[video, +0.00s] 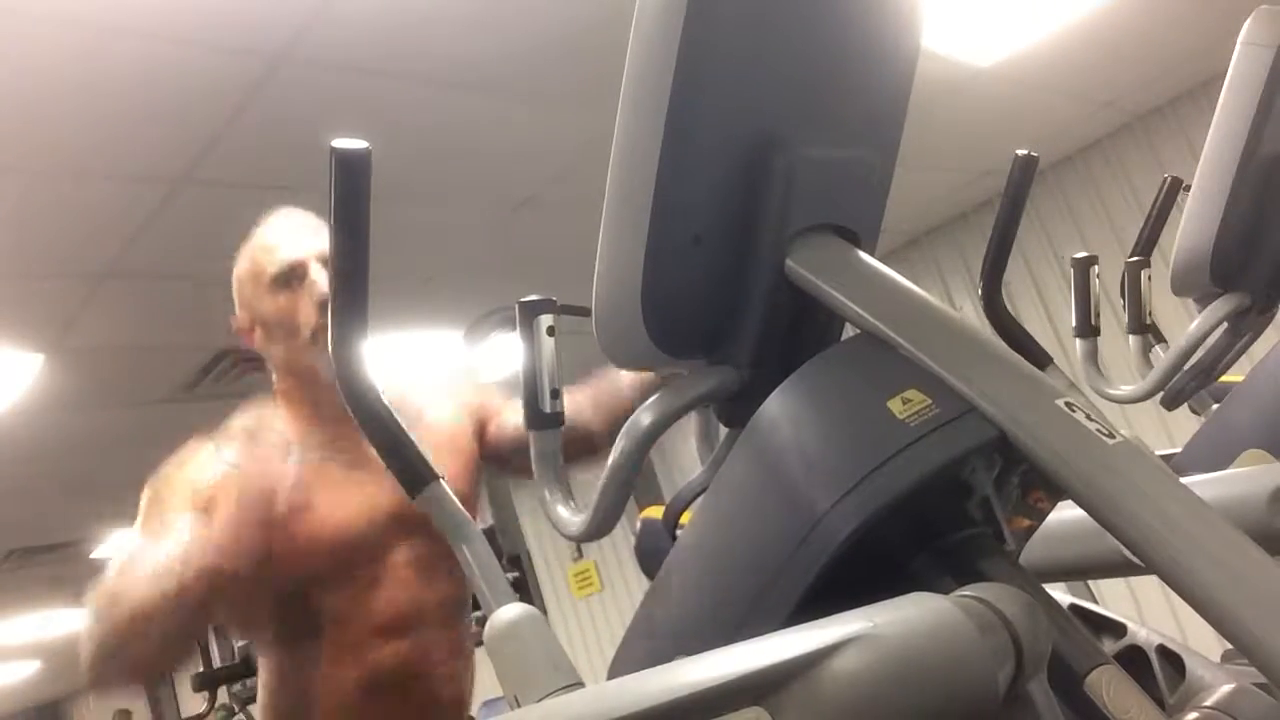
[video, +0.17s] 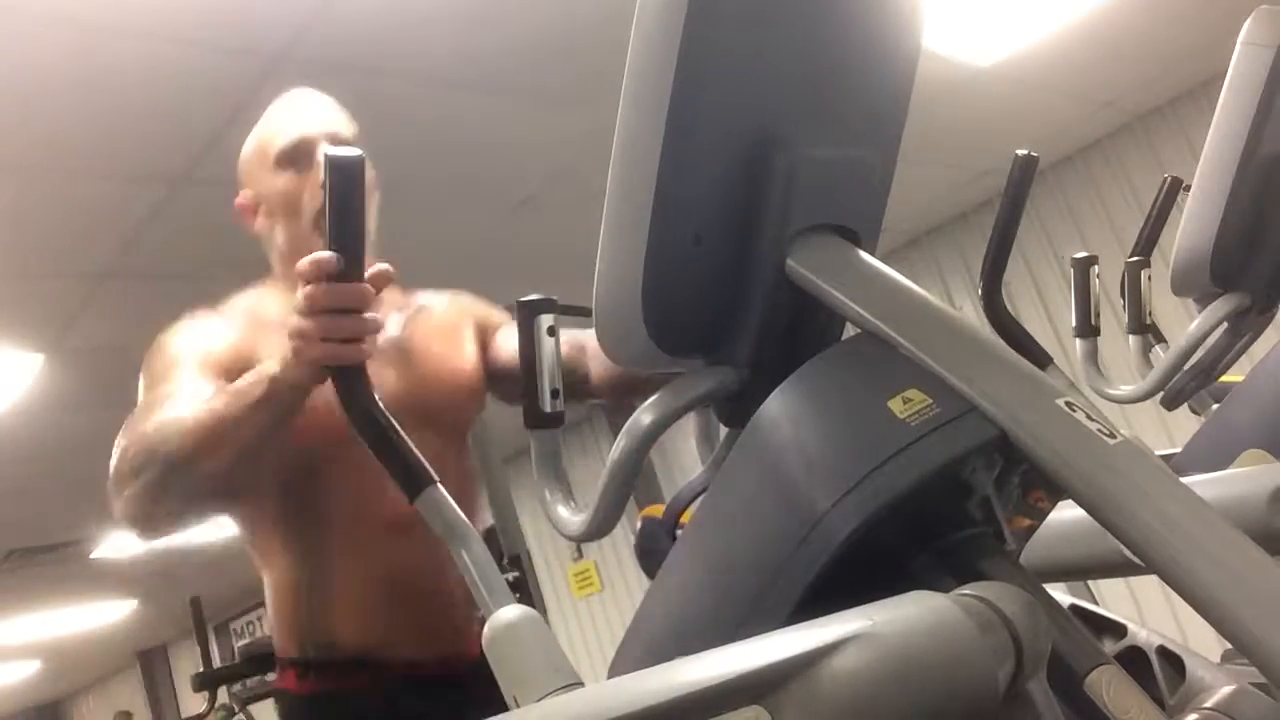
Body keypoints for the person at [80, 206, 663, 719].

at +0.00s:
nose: (326, 288)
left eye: (335, 266)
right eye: (291, 277)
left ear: (358, 281)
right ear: (248, 328)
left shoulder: (445, 400)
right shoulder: (219, 469)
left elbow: (572, 418)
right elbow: (113, 656)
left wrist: (681, 361)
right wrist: (219, 557)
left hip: (448, 707)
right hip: (317, 711)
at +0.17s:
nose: (333, 171)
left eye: (349, 153)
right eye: (298, 158)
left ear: (374, 182)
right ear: (251, 209)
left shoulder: (453, 317)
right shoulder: (210, 340)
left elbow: (589, 363)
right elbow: (141, 498)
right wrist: (285, 377)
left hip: (473, 676)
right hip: (334, 687)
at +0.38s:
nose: (385, 135)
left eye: (401, 114)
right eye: (351, 120)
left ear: (426, 145)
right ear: (303, 170)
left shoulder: (485, 302)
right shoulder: (237, 309)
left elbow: (633, 360)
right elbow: (141, 490)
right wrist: (288, 390)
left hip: (504, 640)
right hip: (364, 675)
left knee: (685, 675)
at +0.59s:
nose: (420, 126)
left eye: (439, 107)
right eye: (386, 109)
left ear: (465, 144)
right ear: (338, 155)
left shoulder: (516, 301)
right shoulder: (268, 287)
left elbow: (650, 376)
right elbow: (149, 457)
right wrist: (291, 382)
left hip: (528, 615)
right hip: (386, 658)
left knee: (686, 691)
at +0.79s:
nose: (440, 76)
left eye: (457, 63)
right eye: (409, 61)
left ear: (481, 105)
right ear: (364, 106)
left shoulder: (534, 262)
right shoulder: (296, 226)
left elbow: (641, 360)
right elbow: (198, 369)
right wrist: (284, 367)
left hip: (535, 567)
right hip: (396, 595)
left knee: (671, 677)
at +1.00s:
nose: (407, 46)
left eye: (422, 31)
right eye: (375, 35)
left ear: (447, 68)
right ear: (340, 83)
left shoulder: (522, 217)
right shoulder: (297, 195)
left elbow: (625, 318)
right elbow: (241, 280)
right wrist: (284, 320)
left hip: (531, 506)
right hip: (403, 526)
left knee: (648, 689)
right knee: (448, 713)